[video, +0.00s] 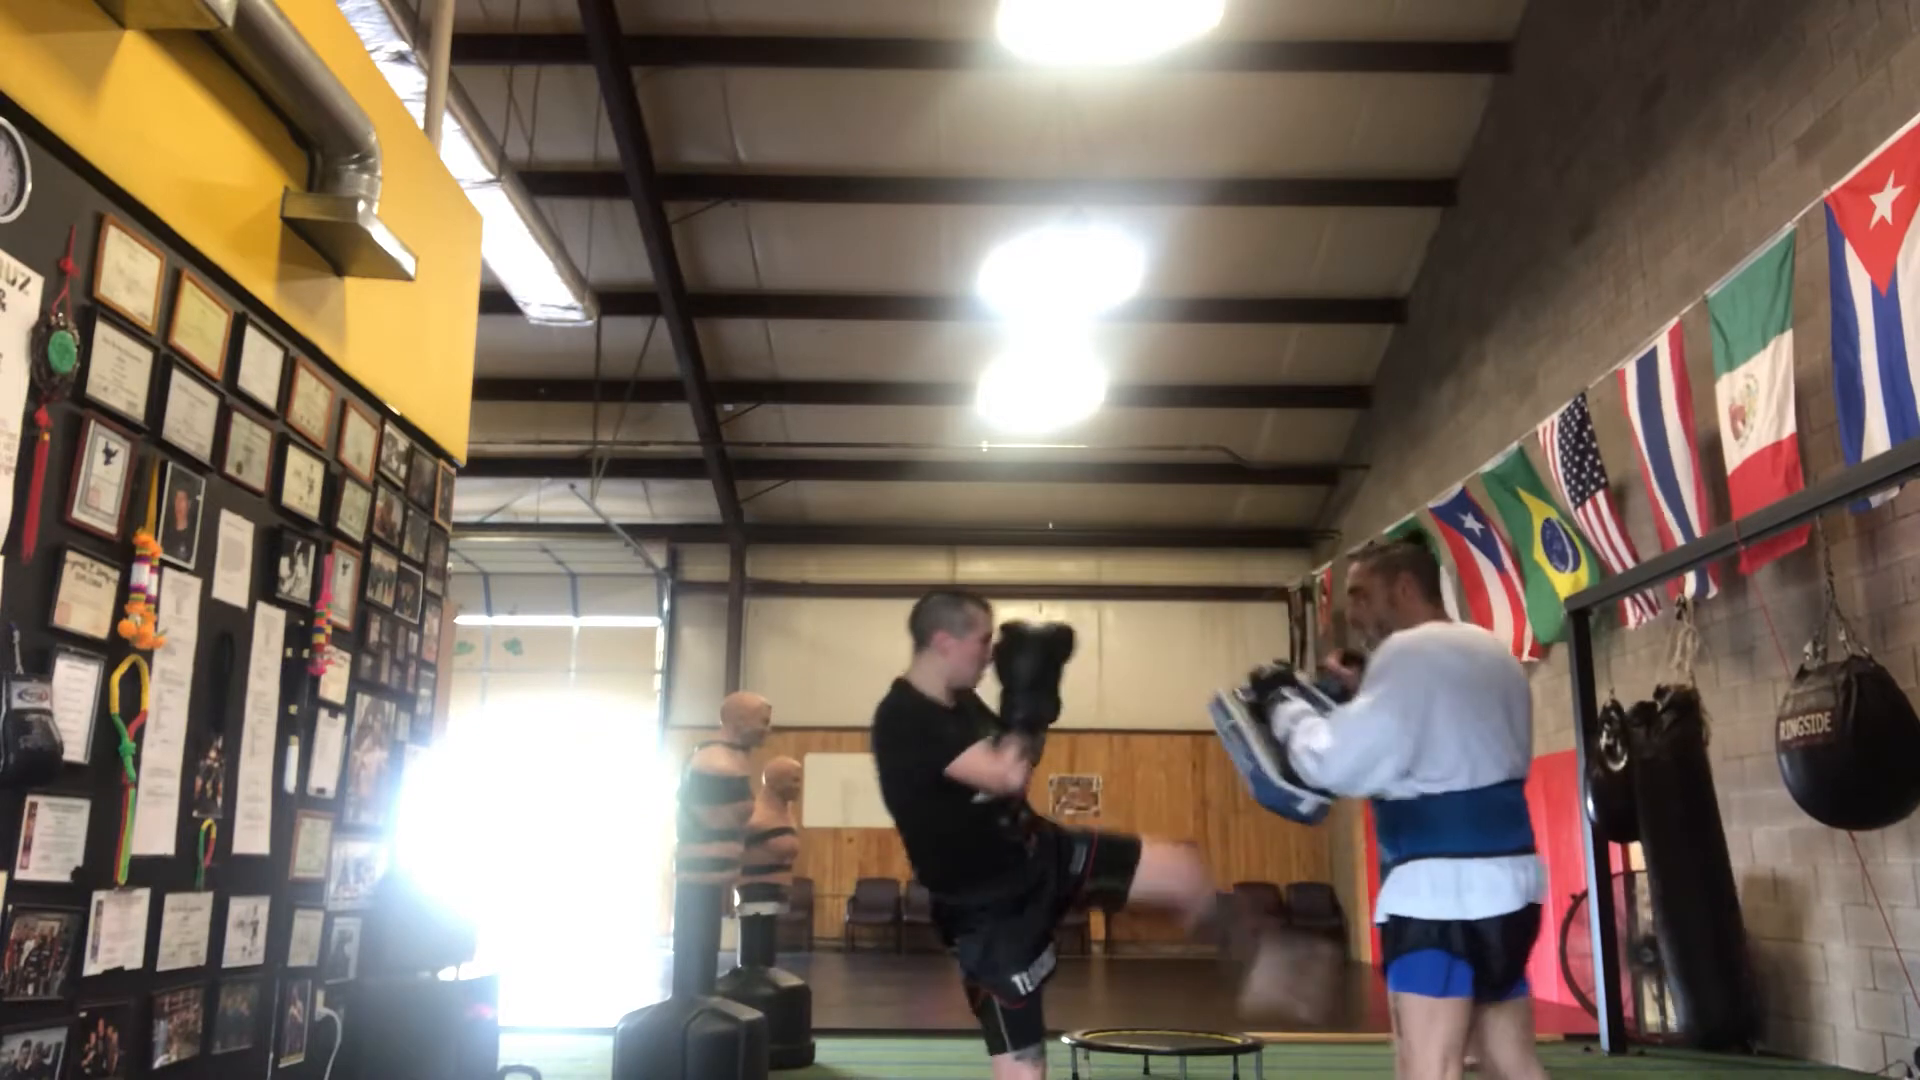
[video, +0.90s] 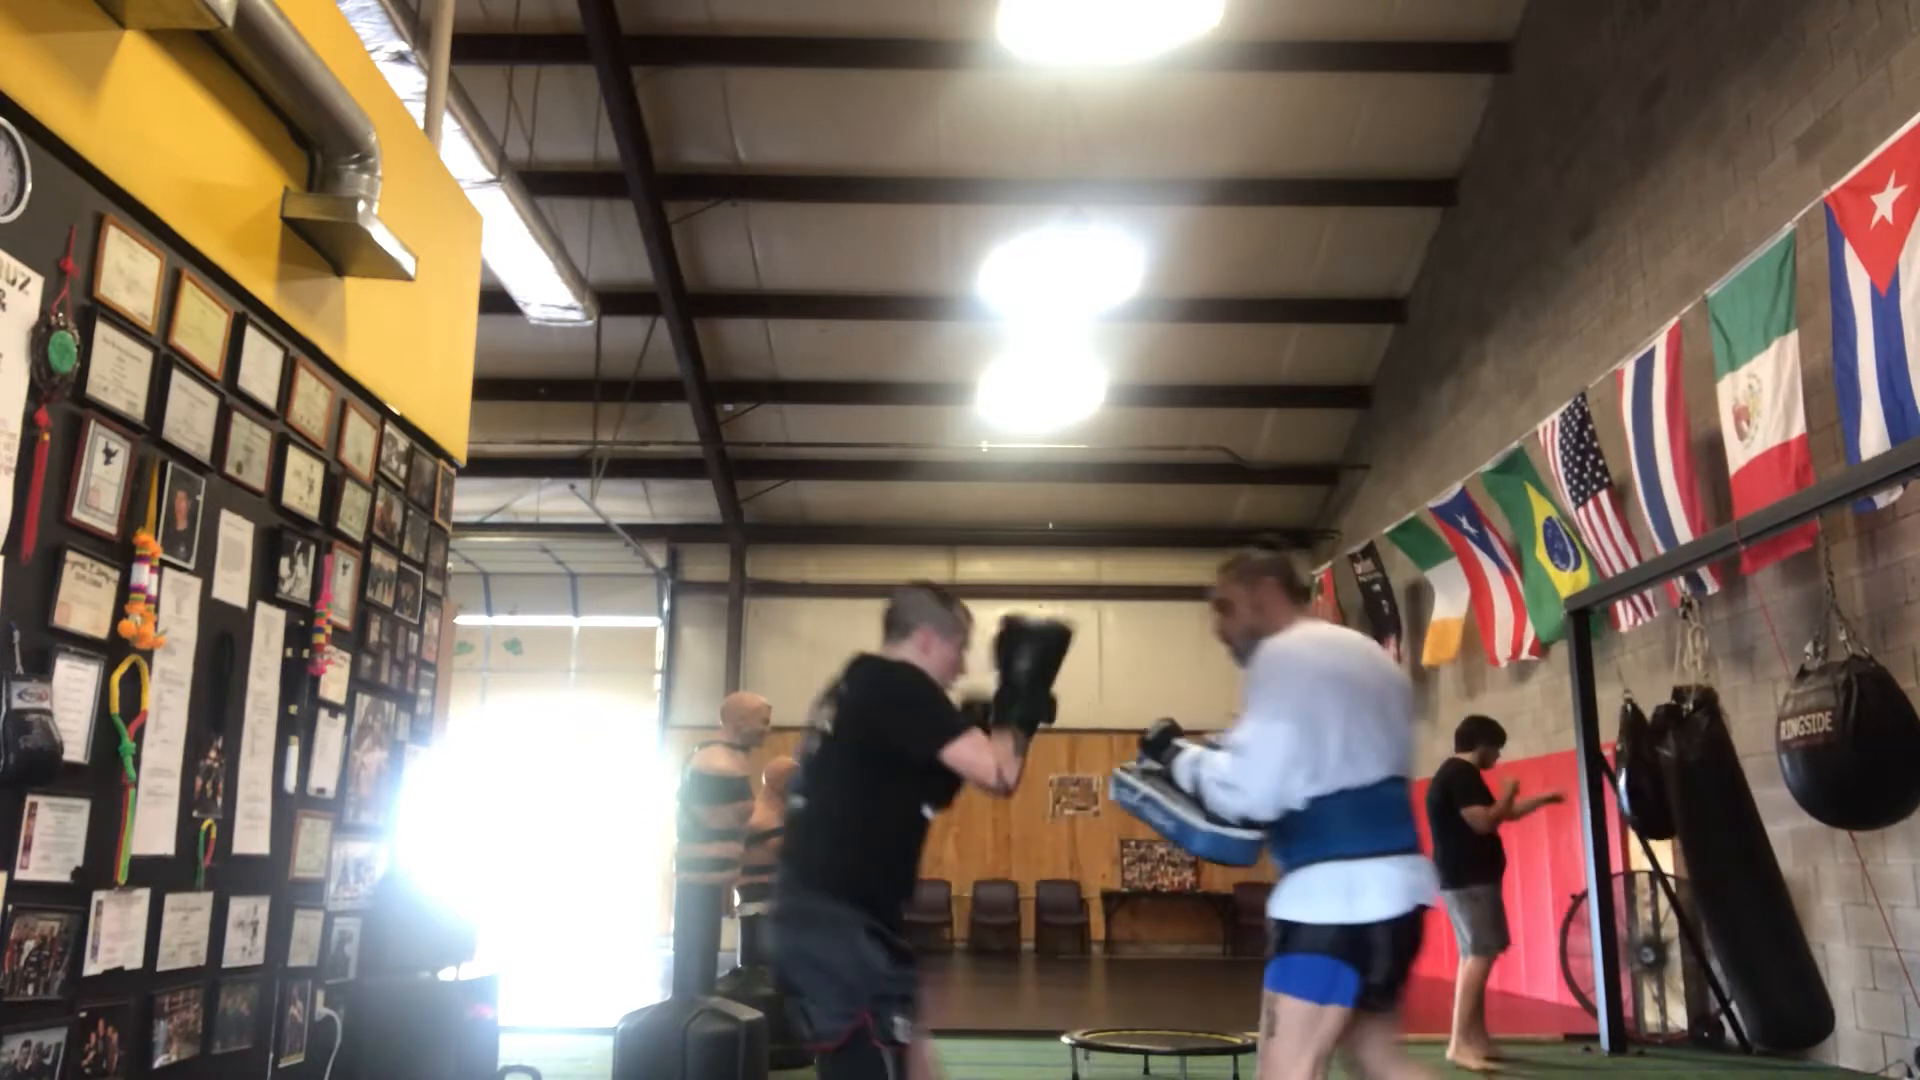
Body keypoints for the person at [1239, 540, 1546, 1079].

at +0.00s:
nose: (1352, 616)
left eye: (1360, 597)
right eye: (1350, 602)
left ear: (1402, 588)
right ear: (1412, 591)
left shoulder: (1407, 656)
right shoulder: (1496, 653)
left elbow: (1333, 763)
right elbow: (1448, 742)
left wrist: (1283, 701)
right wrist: (1361, 692)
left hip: (1440, 897)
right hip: (1513, 886)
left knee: (1428, 1067)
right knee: (1510, 1060)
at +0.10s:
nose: (1361, 621)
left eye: (1367, 603)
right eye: (1360, 606)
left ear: (1409, 594)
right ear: (1421, 597)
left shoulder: (1420, 659)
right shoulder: (1511, 657)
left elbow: (1371, 781)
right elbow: (1475, 752)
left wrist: (1305, 727)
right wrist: (1382, 708)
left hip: (1451, 898)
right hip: (1530, 890)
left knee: (1434, 1067)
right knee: (1539, 1060)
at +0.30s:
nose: (1367, 634)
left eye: (1370, 614)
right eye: (1362, 620)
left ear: (1409, 600)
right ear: (1419, 603)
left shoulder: (1420, 663)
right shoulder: (1527, 662)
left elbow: (1392, 794)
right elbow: (1544, 769)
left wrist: (1328, 759)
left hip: (1468, 901)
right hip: (1550, 893)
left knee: (1436, 1069)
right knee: (1552, 1065)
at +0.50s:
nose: (1349, 643)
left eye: (1351, 624)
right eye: (1345, 629)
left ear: (1390, 607)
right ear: (1408, 610)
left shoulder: (1404, 666)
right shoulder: (1503, 664)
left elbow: (1380, 797)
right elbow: (1530, 775)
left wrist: (1318, 759)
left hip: (1460, 897)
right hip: (1542, 892)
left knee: (1379, 1054)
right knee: (1546, 1066)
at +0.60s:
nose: (1325, 650)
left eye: (1329, 630)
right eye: (1322, 634)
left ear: (1369, 613)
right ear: (1381, 615)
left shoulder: (1388, 675)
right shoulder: (1480, 668)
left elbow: (1356, 800)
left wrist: (1286, 759)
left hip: (1446, 899)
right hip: (1526, 894)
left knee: (1352, 1054)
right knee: (1520, 1063)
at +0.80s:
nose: (1260, 643)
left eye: (1264, 622)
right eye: (1257, 627)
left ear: (1305, 605)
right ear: (1310, 609)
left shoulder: (1327, 672)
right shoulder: (1410, 668)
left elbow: (1287, 800)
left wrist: (1203, 759)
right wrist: (1276, 760)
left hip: (1372, 911)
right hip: (1454, 899)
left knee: (1298, 1066)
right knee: (1473, 1062)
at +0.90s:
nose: (1219, 628)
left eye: (1225, 607)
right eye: (1216, 611)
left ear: (1267, 592)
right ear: (1274, 595)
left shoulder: (1286, 656)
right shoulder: (1369, 654)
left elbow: (1253, 791)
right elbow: (1326, 765)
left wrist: (1173, 754)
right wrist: (1228, 745)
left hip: (1331, 905)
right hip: (1396, 895)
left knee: (1286, 1068)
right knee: (1378, 1058)